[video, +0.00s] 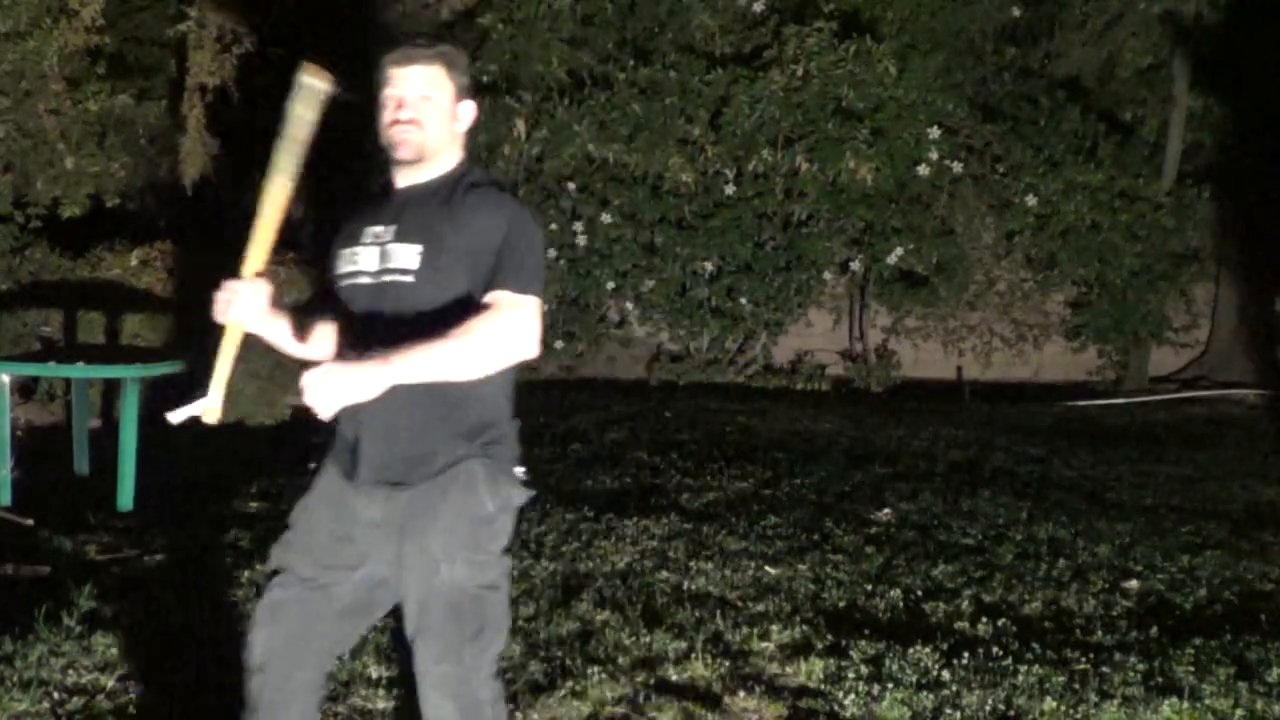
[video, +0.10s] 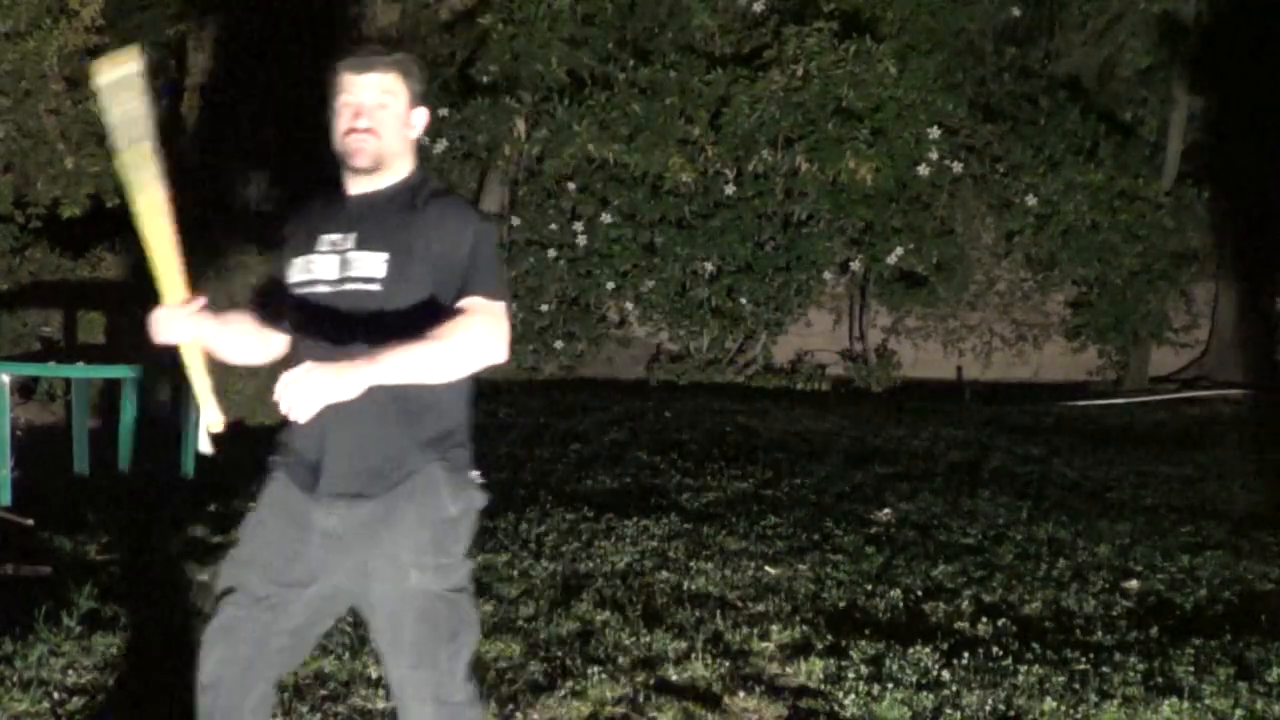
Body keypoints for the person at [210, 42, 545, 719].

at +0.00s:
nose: (398, 112)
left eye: (420, 99)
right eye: (388, 100)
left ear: (464, 114)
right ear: (375, 115)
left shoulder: (501, 218)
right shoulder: (359, 226)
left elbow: (516, 333)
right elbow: (336, 341)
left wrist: (373, 373)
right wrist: (269, 320)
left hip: (459, 480)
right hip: (353, 481)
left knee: (455, 688)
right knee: (278, 657)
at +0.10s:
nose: (357, 118)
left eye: (377, 105)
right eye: (345, 106)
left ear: (417, 121)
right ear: (329, 122)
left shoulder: (455, 225)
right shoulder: (310, 227)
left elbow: (487, 337)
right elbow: (273, 337)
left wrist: (353, 374)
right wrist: (200, 326)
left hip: (414, 491)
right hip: (302, 492)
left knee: (432, 695)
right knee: (229, 673)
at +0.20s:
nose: (314, 114)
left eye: (335, 100)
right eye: (299, 100)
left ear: (368, 117)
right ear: (278, 116)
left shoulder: (409, 225)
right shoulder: (249, 224)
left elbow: (464, 340)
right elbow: (191, 330)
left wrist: (375, 400)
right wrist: (112, 365)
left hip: (364, 496)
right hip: (251, 491)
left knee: (384, 690)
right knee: (193, 674)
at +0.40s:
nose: (285, 106)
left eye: (296, 90)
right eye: (263, 88)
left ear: (308, 100)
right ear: (218, 97)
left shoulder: (346, 210)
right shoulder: (159, 211)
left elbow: (416, 315)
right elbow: (86, 330)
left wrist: (411, 409)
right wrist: (58, 446)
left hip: (309, 483)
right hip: (184, 482)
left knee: (294, 680)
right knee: (168, 679)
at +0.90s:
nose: (282, 119)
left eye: (285, 100)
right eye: (267, 96)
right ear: (205, 91)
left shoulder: (269, 212)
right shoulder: (118, 200)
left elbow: (307, 328)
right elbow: (45, 333)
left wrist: (366, 371)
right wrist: (153, 435)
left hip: (252, 497)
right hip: (147, 498)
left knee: (232, 699)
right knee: (154, 695)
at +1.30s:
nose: (273, 111)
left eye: (271, 89)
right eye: (262, 87)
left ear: (209, 92)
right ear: (203, 90)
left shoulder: (223, 201)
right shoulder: (112, 215)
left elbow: (302, 280)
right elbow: (99, 372)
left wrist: (434, 302)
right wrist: (227, 479)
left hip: (233, 472)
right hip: (144, 484)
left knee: (304, 632)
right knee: (155, 695)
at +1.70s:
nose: (346, 123)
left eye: (345, 104)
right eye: (337, 102)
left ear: (285, 107)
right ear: (283, 105)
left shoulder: (300, 216)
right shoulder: (201, 218)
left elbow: (384, 272)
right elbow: (149, 357)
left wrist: (518, 265)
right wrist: (226, 498)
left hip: (317, 523)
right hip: (228, 530)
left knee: (343, 695)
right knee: (193, 707)